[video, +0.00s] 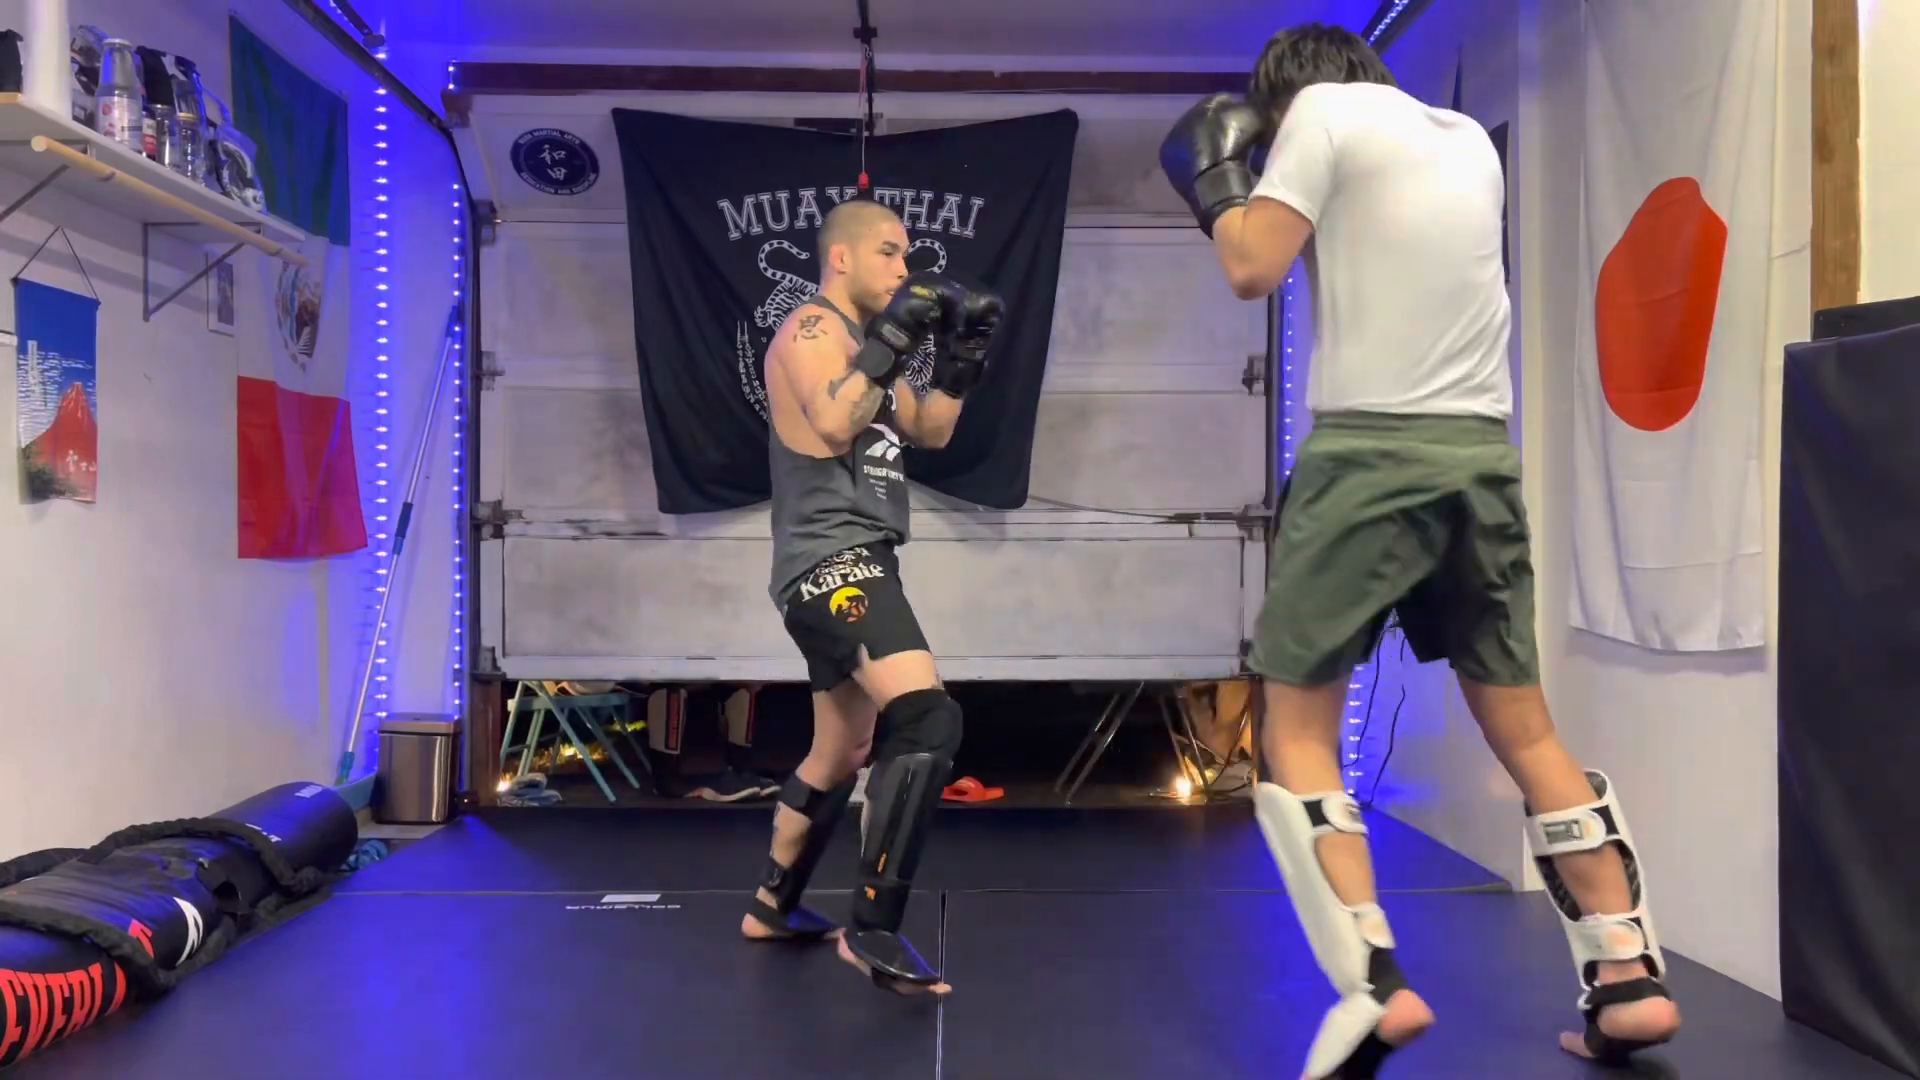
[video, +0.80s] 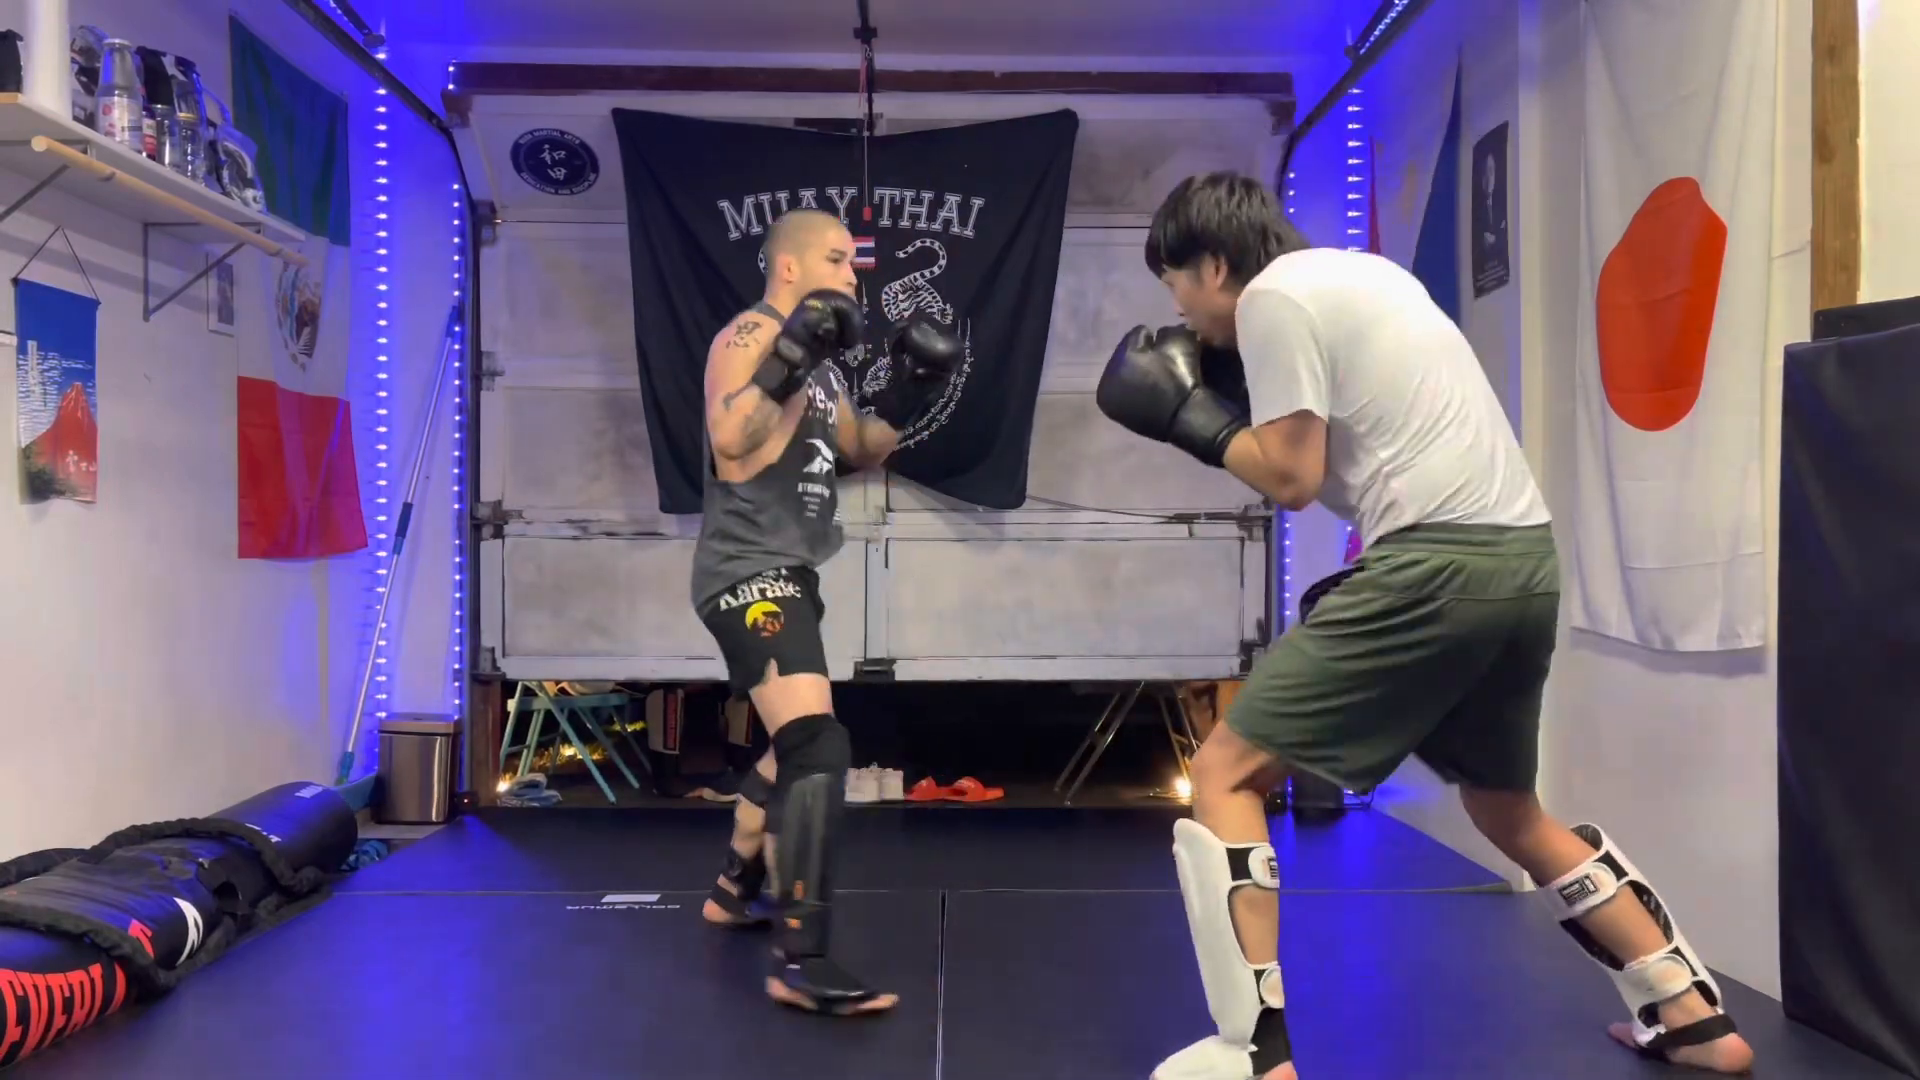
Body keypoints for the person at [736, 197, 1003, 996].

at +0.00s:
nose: (903, 269)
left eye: (905, 256)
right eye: (889, 253)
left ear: (872, 263)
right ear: (839, 257)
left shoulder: (869, 342)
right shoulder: (808, 329)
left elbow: (929, 431)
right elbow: (832, 425)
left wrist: (959, 363)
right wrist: (894, 344)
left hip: (851, 559)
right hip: (833, 560)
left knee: (839, 748)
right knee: (924, 722)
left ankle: (775, 903)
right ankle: (875, 928)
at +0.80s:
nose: (852, 271)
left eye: (852, 259)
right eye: (838, 258)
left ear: (822, 271)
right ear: (786, 268)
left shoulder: (816, 351)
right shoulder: (748, 337)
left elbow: (859, 448)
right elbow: (731, 447)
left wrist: (913, 386)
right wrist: (798, 357)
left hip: (788, 572)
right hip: (751, 571)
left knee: (793, 745)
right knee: (817, 751)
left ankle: (739, 881)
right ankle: (802, 958)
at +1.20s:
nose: (779, 281)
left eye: (779, 267)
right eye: (764, 265)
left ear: (723, 277)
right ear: (711, 272)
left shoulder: (722, 351)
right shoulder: (690, 340)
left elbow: (772, 453)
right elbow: (734, 417)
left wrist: (825, 386)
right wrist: (804, 327)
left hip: (674, 590)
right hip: (686, 591)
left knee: (701, 766)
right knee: (771, 773)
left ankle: (691, 900)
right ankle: (690, 967)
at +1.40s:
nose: (734, 280)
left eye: (732, 265)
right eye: (720, 262)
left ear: (661, 276)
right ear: (666, 271)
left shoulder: (634, 354)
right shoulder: (663, 338)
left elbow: (693, 458)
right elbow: (755, 355)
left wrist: (746, 395)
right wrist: (866, 304)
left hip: (572, 609)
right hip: (617, 608)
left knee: (621, 762)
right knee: (714, 793)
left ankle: (540, 910)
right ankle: (663, 1019)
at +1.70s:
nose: (633, 275)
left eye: (634, 261)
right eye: (617, 258)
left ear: (586, 272)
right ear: (559, 267)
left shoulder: (585, 376)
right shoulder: (514, 345)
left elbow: (646, 460)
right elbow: (446, 455)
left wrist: (696, 390)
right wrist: (542, 480)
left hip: (506, 597)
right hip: (497, 594)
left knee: (498, 789)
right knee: (598, 775)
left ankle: (396, 949)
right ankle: (630, 1005)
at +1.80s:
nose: (609, 254)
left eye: (609, 238)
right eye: (593, 236)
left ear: (552, 246)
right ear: (535, 240)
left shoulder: (555, 340)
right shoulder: (489, 320)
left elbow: (615, 446)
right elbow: (455, 437)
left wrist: (676, 379)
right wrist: (555, 398)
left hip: (507, 576)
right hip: (494, 575)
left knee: (477, 781)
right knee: (586, 774)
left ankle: (396, 942)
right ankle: (555, 1006)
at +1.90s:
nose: (588, 253)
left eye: (590, 238)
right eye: (573, 235)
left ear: (538, 245)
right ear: (516, 240)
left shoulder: (540, 337)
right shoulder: (475, 322)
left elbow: (611, 440)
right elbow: (504, 428)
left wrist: (662, 377)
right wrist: (581, 333)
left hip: (500, 585)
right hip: (492, 585)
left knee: (467, 792)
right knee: (583, 789)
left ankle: (396, 945)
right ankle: (522, 1029)